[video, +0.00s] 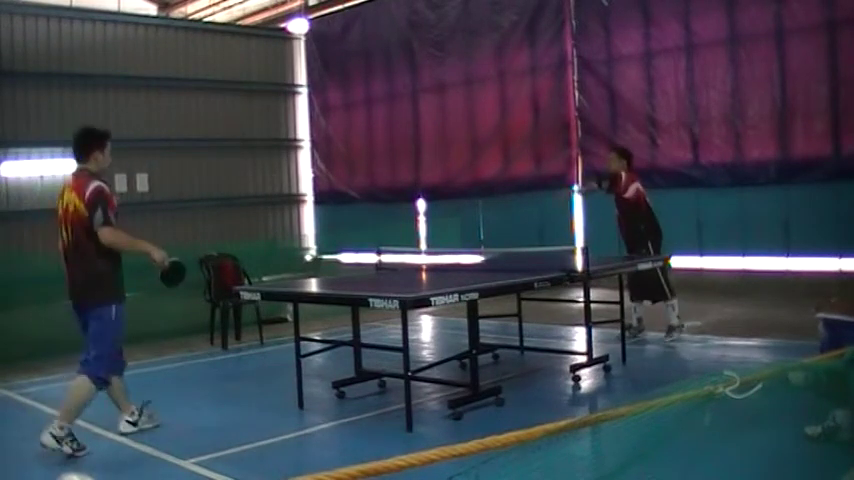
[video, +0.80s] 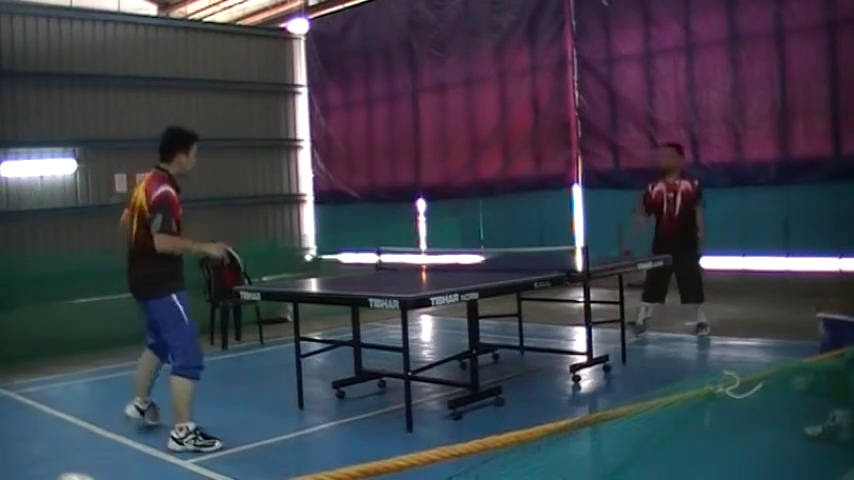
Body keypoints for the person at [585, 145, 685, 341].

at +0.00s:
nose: (609, 163)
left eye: (613, 160)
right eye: (610, 160)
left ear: (623, 163)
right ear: (616, 164)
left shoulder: (633, 185)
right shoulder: (618, 182)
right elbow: (607, 184)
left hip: (649, 240)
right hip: (633, 241)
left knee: (660, 281)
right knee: (634, 282)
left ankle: (674, 322)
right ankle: (637, 322)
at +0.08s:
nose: (610, 164)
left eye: (613, 160)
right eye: (610, 160)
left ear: (624, 162)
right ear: (617, 163)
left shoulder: (634, 185)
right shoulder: (619, 183)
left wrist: (652, 247)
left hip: (648, 240)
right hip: (633, 241)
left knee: (662, 281)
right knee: (633, 282)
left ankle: (677, 320)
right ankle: (637, 322)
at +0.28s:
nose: (612, 164)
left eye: (616, 160)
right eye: (613, 160)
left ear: (626, 163)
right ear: (626, 164)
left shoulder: (629, 183)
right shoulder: (635, 182)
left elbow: (628, 216)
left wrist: (624, 241)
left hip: (647, 238)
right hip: (642, 238)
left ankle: (681, 315)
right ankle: (637, 320)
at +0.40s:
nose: (621, 162)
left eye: (625, 158)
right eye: (620, 158)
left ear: (635, 160)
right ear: (621, 162)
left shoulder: (643, 181)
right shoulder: (627, 185)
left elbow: (647, 215)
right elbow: (627, 218)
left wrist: (647, 244)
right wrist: (626, 245)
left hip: (653, 238)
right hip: (638, 239)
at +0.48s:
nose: (628, 161)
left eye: (632, 156)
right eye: (626, 157)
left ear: (642, 159)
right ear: (624, 161)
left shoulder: (652, 181)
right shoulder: (629, 188)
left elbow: (660, 209)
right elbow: (628, 219)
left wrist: (661, 236)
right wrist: (625, 245)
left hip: (656, 238)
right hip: (639, 240)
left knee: (671, 278)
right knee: (638, 280)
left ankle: (694, 315)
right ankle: (637, 321)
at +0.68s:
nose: (650, 160)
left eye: (655, 156)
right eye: (649, 156)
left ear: (664, 160)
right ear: (646, 160)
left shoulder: (676, 184)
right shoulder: (642, 188)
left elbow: (687, 208)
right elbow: (632, 217)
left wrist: (687, 232)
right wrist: (624, 243)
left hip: (675, 242)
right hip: (651, 243)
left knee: (685, 283)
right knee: (646, 284)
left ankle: (700, 320)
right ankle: (638, 323)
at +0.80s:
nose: (666, 161)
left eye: (670, 156)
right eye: (664, 156)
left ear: (679, 160)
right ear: (661, 160)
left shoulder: (691, 185)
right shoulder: (654, 187)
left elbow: (695, 209)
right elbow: (645, 213)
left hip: (686, 242)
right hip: (662, 243)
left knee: (691, 282)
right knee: (654, 280)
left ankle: (701, 320)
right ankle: (641, 320)